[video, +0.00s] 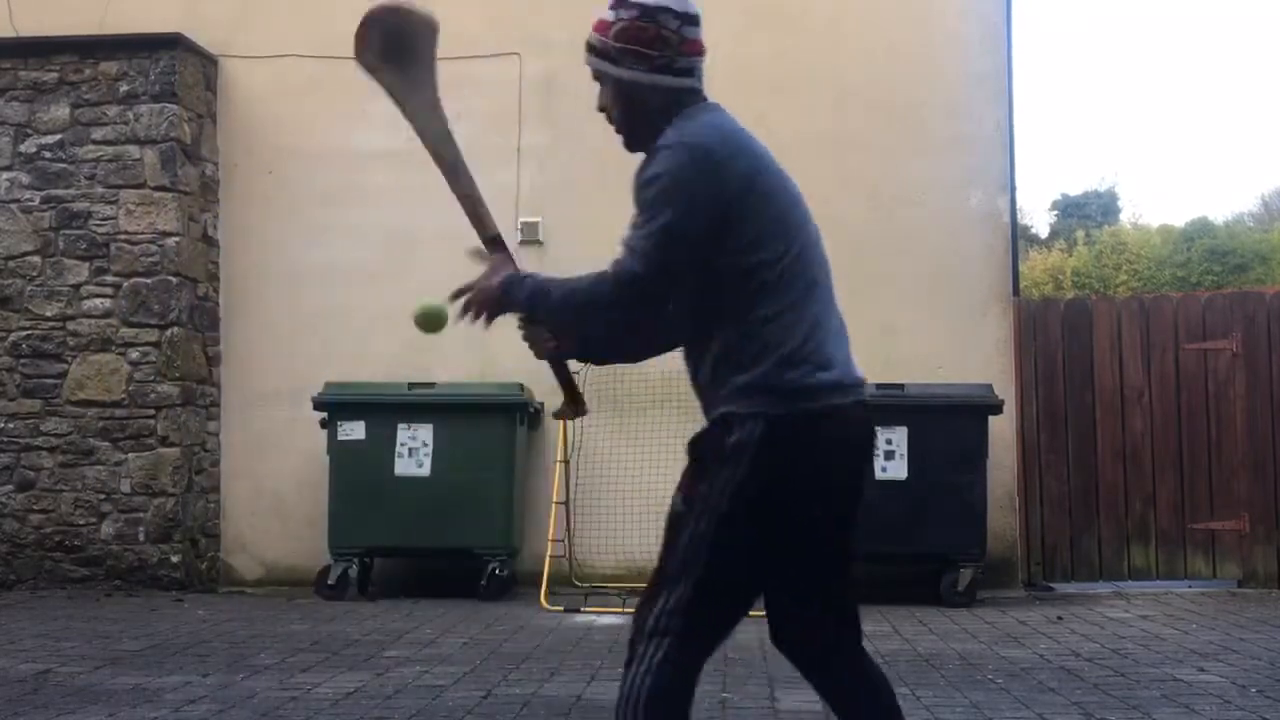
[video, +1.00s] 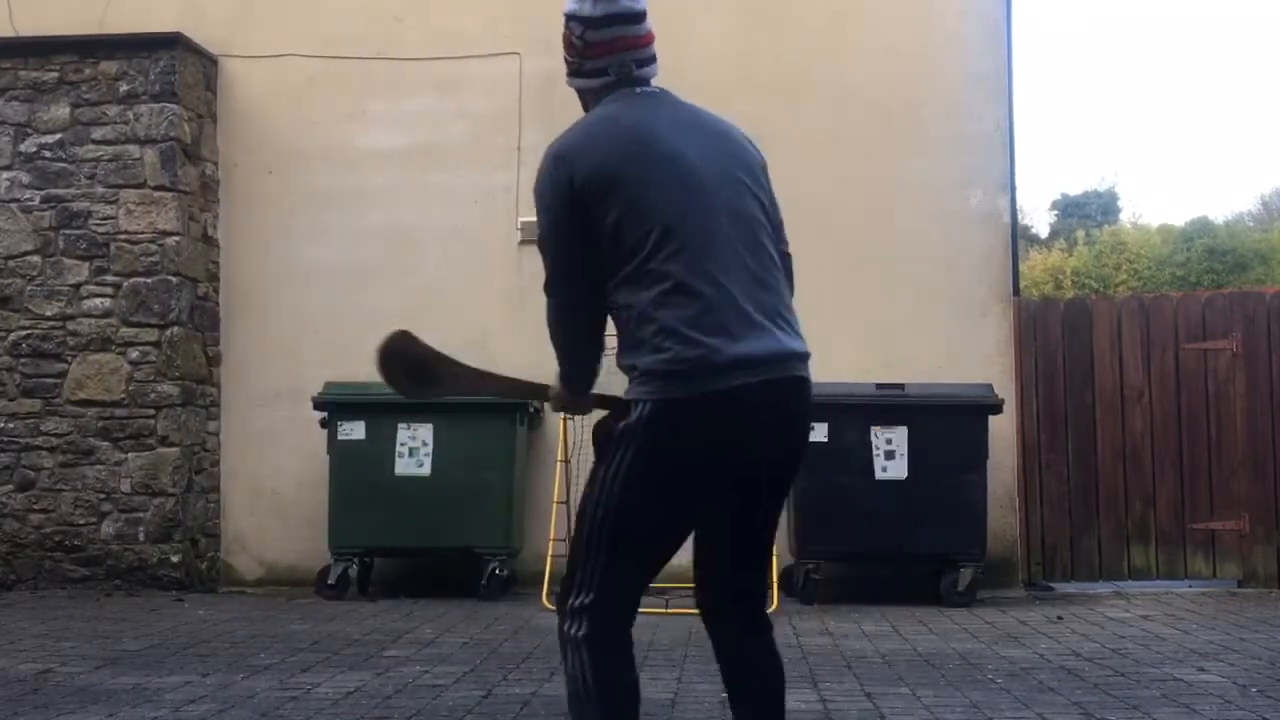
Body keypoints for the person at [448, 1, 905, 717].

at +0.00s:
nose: (600, 104)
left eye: (603, 83)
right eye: (598, 84)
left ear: (639, 81)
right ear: (670, 77)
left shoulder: (685, 155)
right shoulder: (723, 146)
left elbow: (639, 294)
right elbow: (669, 316)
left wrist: (519, 287)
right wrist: (572, 333)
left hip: (768, 428)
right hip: (830, 421)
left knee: (668, 639)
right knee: (817, 635)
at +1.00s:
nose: (572, 79)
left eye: (571, 68)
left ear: (577, 70)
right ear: (651, 60)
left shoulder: (574, 154)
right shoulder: (729, 134)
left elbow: (573, 299)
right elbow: (775, 265)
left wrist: (574, 386)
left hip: (679, 404)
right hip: (780, 394)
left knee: (592, 611)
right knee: (736, 601)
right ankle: (764, 713)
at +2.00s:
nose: (554, 64)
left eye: (554, 45)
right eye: (546, 42)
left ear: (485, 47)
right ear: (502, 45)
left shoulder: (436, 123)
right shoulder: (468, 131)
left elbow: (475, 298)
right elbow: (493, 288)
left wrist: (581, 273)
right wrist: (620, 343)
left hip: (380, 424)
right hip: (429, 423)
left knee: (469, 628)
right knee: (570, 610)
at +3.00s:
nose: (400, 140)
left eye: (402, 121)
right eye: (398, 121)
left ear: (324, 98)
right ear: (367, 114)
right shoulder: (318, 176)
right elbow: (328, 339)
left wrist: (306, 473)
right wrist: (344, 472)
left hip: (159, 431)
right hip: (125, 432)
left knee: (239, 620)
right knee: (184, 657)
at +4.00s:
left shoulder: (653, 18)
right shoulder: (831, 14)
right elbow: (897, 4)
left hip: (703, 318)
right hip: (823, 316)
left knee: (757, 590)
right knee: (887, 571)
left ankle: (791, 710)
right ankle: (943, 704)